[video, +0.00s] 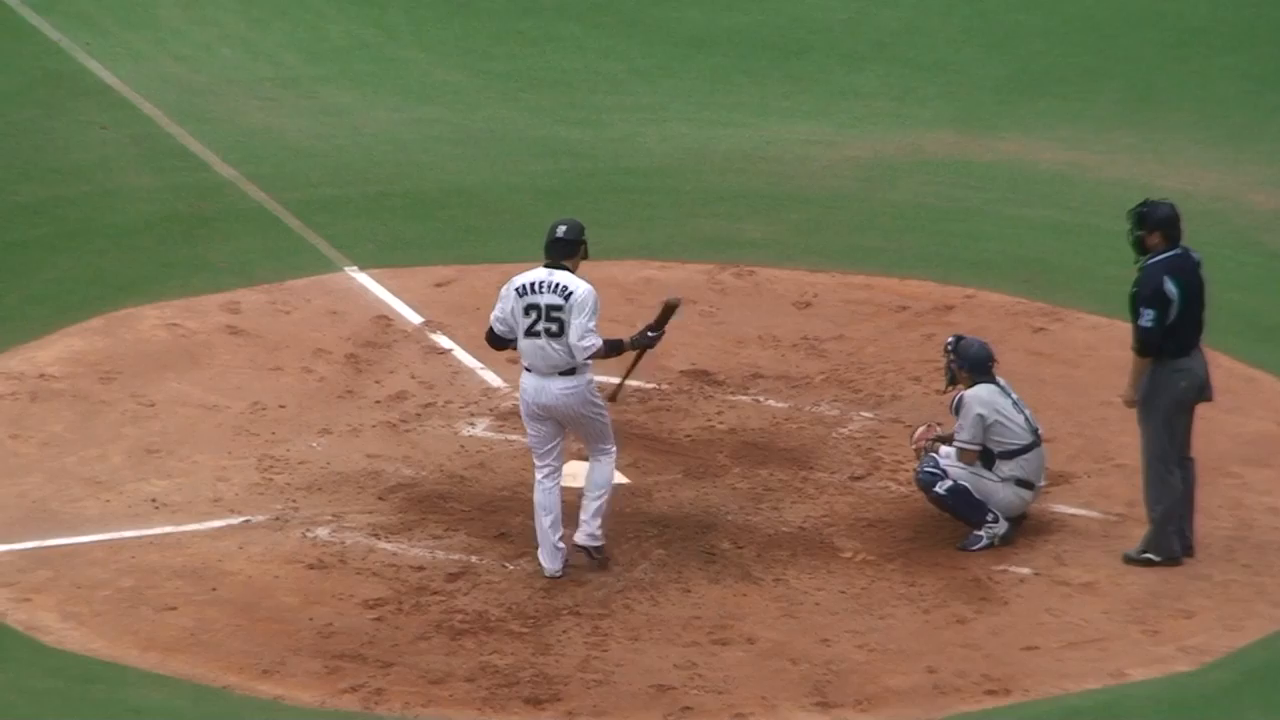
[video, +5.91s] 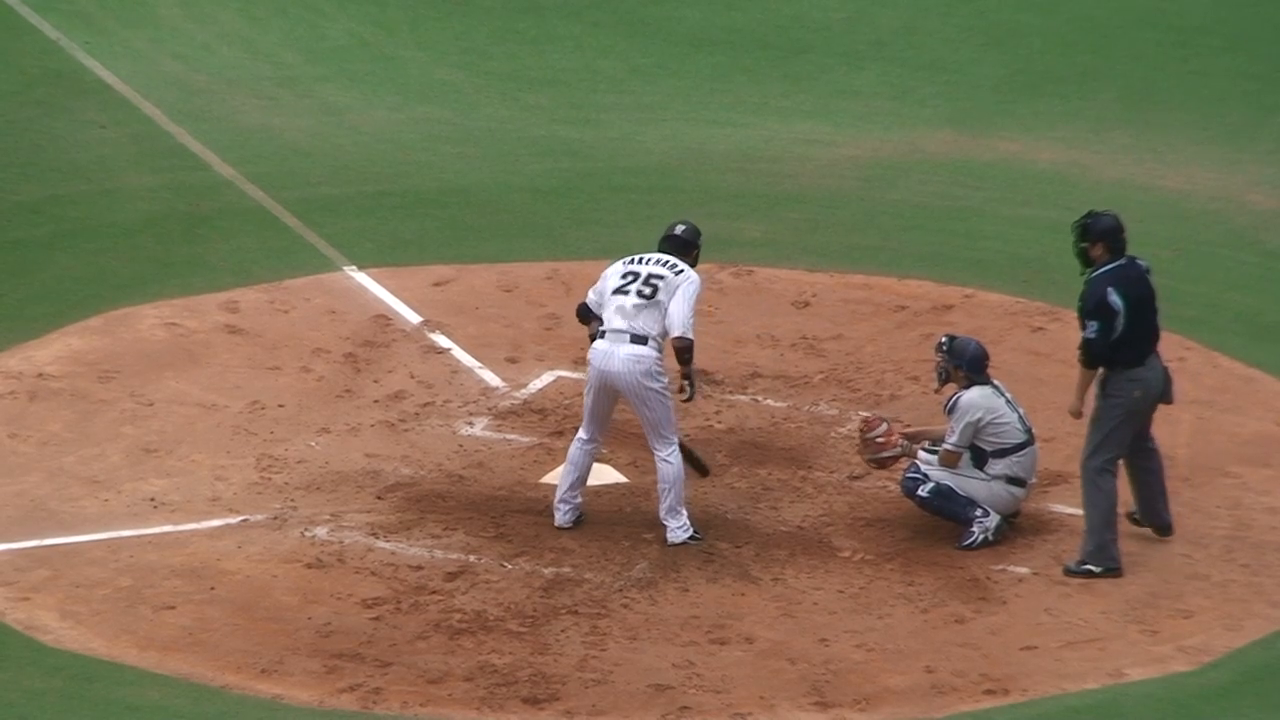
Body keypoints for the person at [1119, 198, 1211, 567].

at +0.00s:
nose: (1138, 236)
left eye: (1142, 231)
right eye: (1139, 229)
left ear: (1155, 236)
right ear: (1170, 233)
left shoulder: (1154, 275)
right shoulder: (1188, 261)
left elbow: (1145, 342)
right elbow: (1190, 323)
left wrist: (1132, 386)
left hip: (1166, 372)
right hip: (1190, 365)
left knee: (1160, 460)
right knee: (1178, 456)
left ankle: (1162, 543)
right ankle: (1179, 536)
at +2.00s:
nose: (1134, 234)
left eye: (1139, 229)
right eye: (1136, 228)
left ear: (1152, 235)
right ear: (1166, 232)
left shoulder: (1151, 273)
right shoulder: (1186, 260)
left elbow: (1143, 341)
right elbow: (1188, 322)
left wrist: (1129, 384)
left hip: (1163, 371)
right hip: (1187, 364)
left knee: (1157, 457)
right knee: (1177, 454)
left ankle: (1161, 542)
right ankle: (1179, 534)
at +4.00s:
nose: (1133, 236)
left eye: (1137, 231)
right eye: (1134, 229)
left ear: (1150, 236)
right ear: (1166, 233)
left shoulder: (1148, 275)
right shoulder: (1184, 260)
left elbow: (1140, 342)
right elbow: (1187, 323)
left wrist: (1126, 386)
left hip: (1161, 372)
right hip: (1186, 365)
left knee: (1155, 459)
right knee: (1175, 455)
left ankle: (1160, 544)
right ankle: (1178, 536)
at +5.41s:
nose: (1117, 243)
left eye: (1122, 238)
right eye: (1118, 237)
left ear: (1138, 241)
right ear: (1149, 240)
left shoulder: (1134, 282)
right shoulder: (1169, 267)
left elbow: (1128, 346)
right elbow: (1172, 324)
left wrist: (1117, 391)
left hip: (1148, 378)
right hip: (1173, 371)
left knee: (1124, 462)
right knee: (1167, 458)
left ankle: (1105, 555)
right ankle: (1177, 537)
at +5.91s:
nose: (1082, 248)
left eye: (1087, 243)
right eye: (1083, 242)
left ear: (1100, 247)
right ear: (1114, 244)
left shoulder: (1098, 288)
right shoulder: (1137, 270)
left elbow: (1092, 352)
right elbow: (1143, 327)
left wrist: (1078, 397)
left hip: (1125, 383)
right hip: (1151, 373)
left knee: (1097, 463)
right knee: (1138, 442)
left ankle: (1101, 557)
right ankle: (1156, 516)